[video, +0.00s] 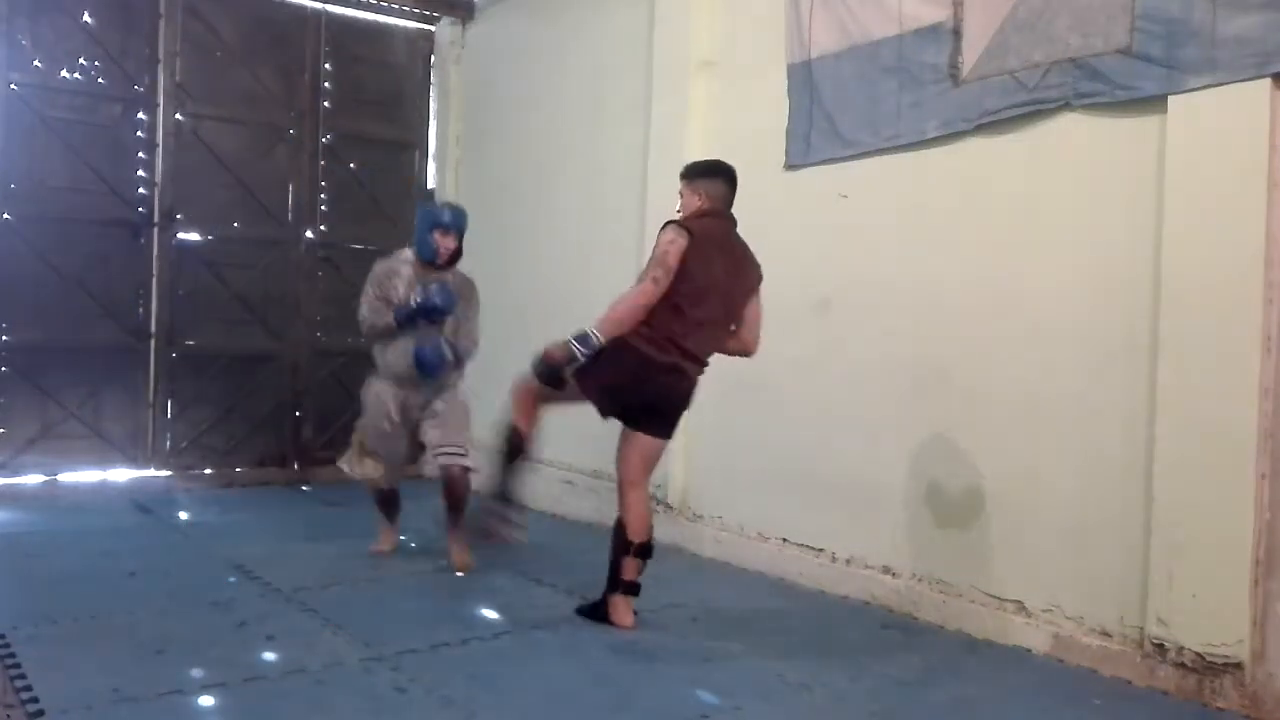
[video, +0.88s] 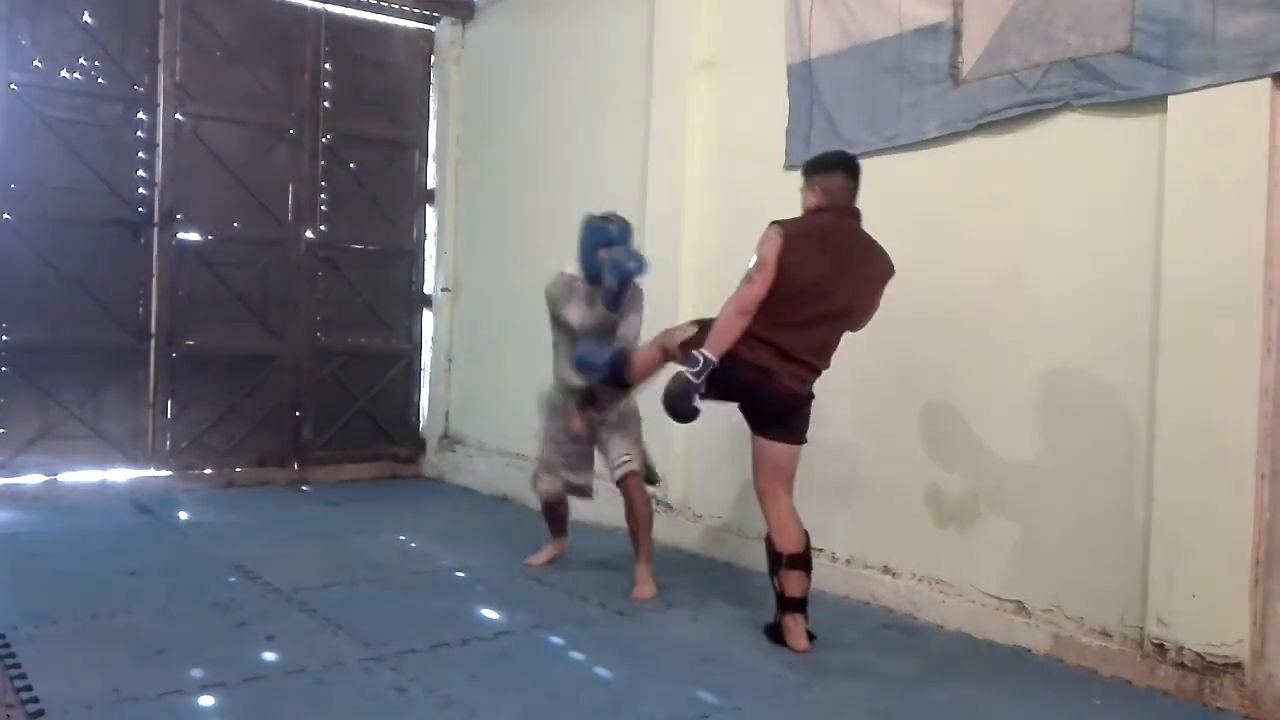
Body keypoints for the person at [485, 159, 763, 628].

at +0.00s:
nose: (679, 203)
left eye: (683, 195)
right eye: (681, 195)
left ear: (699, 197)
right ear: (726, 201)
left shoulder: (681, 233)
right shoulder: (748, 262)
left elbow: (649, 292)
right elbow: (745, 343)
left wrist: (581, 342)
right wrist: (689, 328)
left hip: (627, 363)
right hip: (674, 388)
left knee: (530, 390)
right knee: (635, 481)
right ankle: (621, 601)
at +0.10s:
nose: (686, 201)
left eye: (690, 193)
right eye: (690, 193)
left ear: (701, 196)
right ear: (733, 200)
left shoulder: (680, 233)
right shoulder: (754, 260)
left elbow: (632, 292)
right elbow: (767, 340)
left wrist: (561, 322)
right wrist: (715, 338)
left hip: (648, 372)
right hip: (696, 387)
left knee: (579, 450)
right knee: (647, 481)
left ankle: (623, 553)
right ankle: (624, 603)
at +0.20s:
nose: (687, 202)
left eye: (690, 195)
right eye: (690, 195)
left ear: (702, 198)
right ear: (735, 202)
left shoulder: (679, 238)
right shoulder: (758, 257)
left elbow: (621, 300)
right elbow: (782, 335)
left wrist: (561, 305)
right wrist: (734, 341)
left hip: (677, 383)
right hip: (717, 388)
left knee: (658, 500)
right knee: (658, 495)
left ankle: (723, 612)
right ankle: (626, 601)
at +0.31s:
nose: (689, 197)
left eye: (691, 190)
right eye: (691, 189)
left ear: (701, 192)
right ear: (738, 194)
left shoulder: (689, 236)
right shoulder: (766, 244)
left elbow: (636, 300)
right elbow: (796, 317)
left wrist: (594, 298)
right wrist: (752, 326)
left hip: (699, 379)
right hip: (741, 381)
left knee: (690, 496)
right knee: (681, 483)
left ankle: (726, 614)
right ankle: (676, 592)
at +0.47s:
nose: (713, 185)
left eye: (715, 177)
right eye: (714, 177)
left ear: (726, 175)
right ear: (759, 173)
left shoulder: (718, 219)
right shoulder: (792, 225)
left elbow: (691, 296)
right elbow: (818, 304)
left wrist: (673, 305)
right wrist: (769, 297)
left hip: (723, 368)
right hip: (774, 367)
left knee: (700, 484)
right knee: (747, 476)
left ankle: (730, 611)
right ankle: (787, 599)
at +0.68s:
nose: (762, 200)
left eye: (763, 192)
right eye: (763, 191)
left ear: (772, 191)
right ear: (807, 190)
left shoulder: (754, 240)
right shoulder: (840, 250)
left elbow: (728, 320)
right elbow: (838, 323)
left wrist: (685, 354)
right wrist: (794, 295)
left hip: (742, 385)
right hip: (800, 392)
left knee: (677, 445)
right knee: (786, 501)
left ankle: (697, 558)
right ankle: (801, 626)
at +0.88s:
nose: (803, 198)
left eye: (805, 190)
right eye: (805, 190)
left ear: (816, 192)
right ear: (854, 194)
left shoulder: (786, 234)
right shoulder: (878, 262)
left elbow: (752, 294)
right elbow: (856, 321)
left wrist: (705, 360)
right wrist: (812, 295)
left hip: (735, 365)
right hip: (788, 392)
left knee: (669, 340)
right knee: (778, 497)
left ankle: (611, 383)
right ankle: (794, 623)